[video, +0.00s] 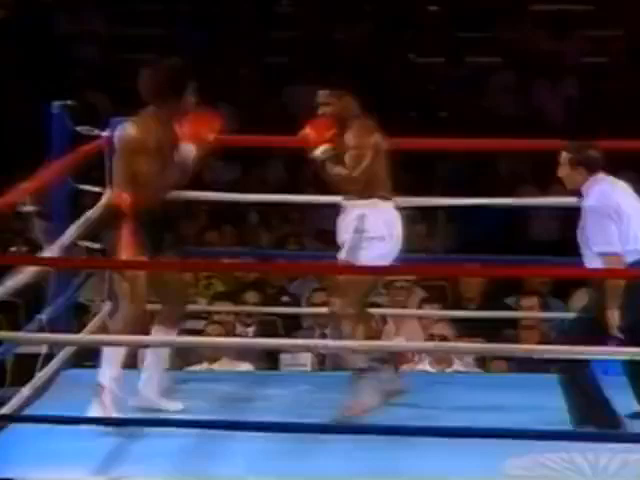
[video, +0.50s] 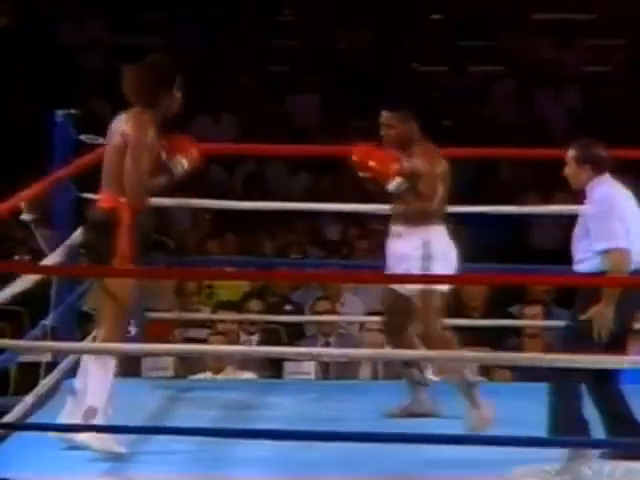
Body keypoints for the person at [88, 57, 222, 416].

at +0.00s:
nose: (188, 103)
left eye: (188, 96)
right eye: (185, 95)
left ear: (161, 95)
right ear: (171, 96)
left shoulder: (169, 132)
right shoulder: (132, 134)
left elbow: (170, 179)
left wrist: (192, 151)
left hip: (159, 224)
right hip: (130, 226)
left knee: (173, 300)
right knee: (133, 306)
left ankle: (151, 386)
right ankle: (106, 393)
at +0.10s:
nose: (185, 117)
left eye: (184, 109)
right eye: (181, 109)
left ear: (149, 109)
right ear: (168, 112)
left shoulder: (145, 142)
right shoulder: (141, 148)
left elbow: (148, 194)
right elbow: (143, 206)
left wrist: (180, 188)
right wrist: (185, 200)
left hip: (143, 226)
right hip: (130, 230)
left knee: (161, 312)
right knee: (145, 317)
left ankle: (149, 394)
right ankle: (113, 409)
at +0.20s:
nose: (182, 115)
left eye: (181, 107)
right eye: (179, 107)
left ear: (144, 106)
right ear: (165, 109)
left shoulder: (122, 137)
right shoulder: (147, 145)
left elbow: (123, 191)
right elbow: (146, 203)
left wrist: (172, 192)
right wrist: (181, 197)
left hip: (114, 224)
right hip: (129, 229)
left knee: (153, 311)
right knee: (142, 325)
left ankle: (146, 396)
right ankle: (109, 417)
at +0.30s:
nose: (182, 95)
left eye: (181, 87)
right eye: (179, 88)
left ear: (142, 88)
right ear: (166, 91)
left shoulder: (121, 120)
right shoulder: (147, 124)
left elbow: (94, 166)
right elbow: (139, 179)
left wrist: (130, 164)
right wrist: (174, 173)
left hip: (108, 220)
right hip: (127, 223)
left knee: (125, 312)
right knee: (130, 313)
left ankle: (105, 403)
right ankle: (107, 409)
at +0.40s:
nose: (181, 90)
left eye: (180, 82)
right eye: (178, 82)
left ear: (142, 80)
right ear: (167, 84)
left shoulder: (122, 110)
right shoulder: (143, 117)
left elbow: (104, 162)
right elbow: (136, 174)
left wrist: (161, 150)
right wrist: (172, 163)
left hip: (108, 209)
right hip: (123, 212)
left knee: (119, 309)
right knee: (123, 308)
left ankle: (94, 396)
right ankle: (98, 402)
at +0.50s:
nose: (180, 98)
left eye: (178, 90)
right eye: (177, 90)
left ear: (141, 89)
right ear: (165, 93)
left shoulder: (123, 122)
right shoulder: (142, 126)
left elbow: (120, 178)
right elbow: (137, 188)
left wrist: (162, 161)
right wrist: (177, 171)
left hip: (106, 219)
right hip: (120, 223)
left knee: (108, 324)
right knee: (114, 325)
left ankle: (78, 412)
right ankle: (93, 419)